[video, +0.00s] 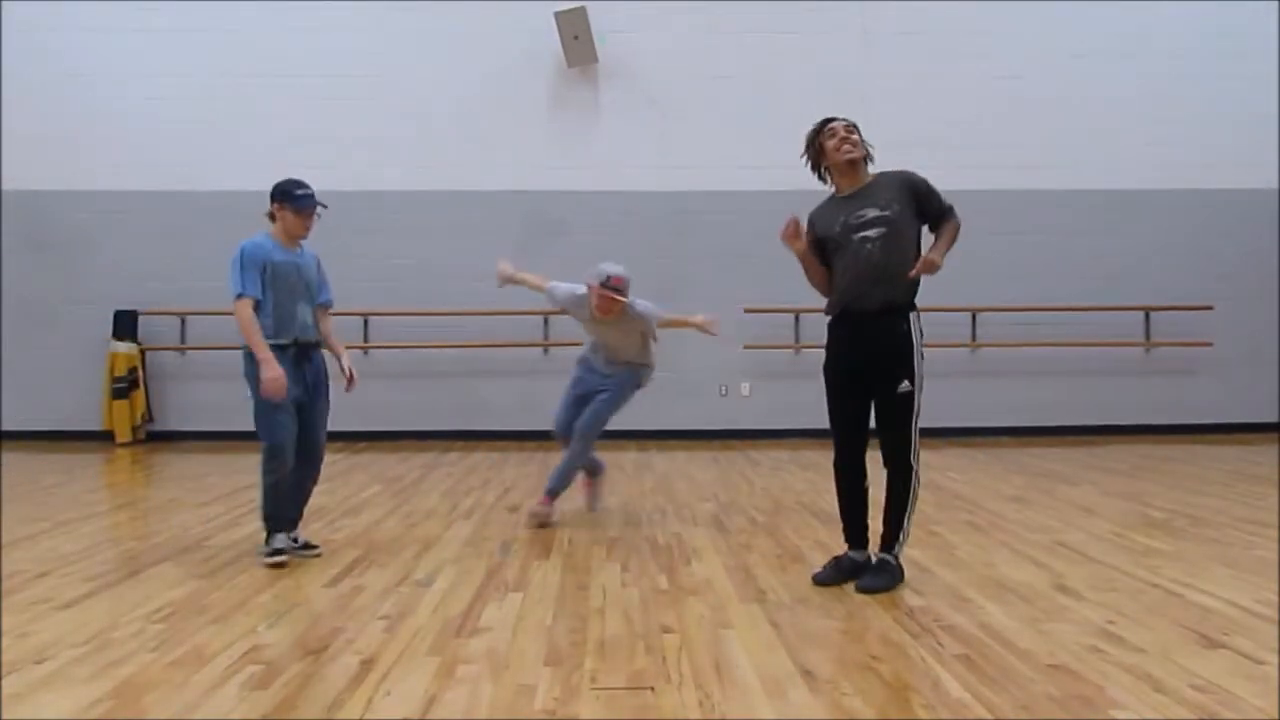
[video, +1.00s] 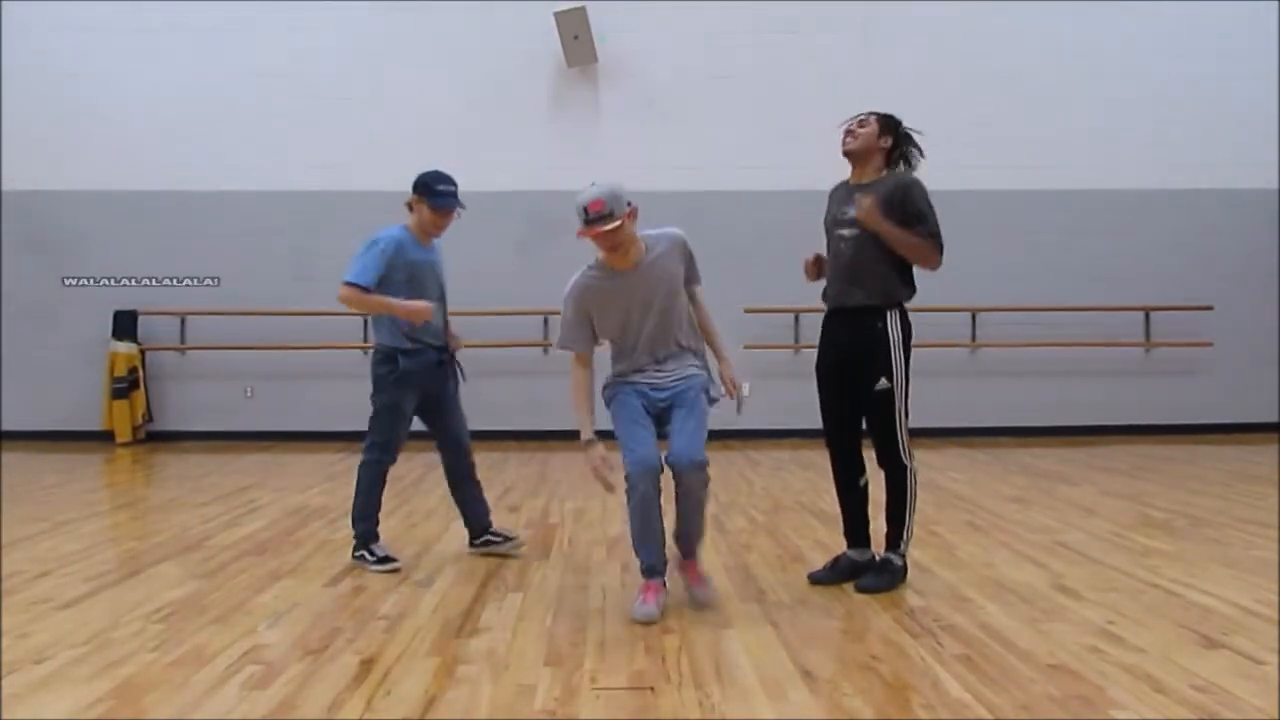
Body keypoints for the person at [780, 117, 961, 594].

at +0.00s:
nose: (845, 137)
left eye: (851, 131)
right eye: (833, 135)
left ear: (865, 146)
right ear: (820, 159)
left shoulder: (902, 184)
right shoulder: (821, 217)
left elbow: (948, 221)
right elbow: (827, 287)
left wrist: (934, 255)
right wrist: (804, 253)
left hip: (895, 329)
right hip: (846, 334)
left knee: (898, 448)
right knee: (848, 448)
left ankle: (890, 555)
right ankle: (856, 550)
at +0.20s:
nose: (846, 134)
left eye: (854, 130)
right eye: (836, 132)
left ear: (870, 149)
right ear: (823, 154)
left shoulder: (895, 185)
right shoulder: (818, 209)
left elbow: (943, 233)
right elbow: (822, 264)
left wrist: (894, 226)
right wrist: (812, 270)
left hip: (894, 329)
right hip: (845, 332)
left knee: (897, 447)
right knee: (847, 448)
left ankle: (891, 556)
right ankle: (856, 551)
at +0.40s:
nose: (853, 132)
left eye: (863, 129)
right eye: (844, 129)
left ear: (879, 150)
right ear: (832, 150)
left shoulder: (900, 191)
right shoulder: (824, 207)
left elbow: (941, 246)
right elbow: (840, 265)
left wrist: (898, 272)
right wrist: (820, 279)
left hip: (887, 331)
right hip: (841, 334)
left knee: (894, 449)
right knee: (848, 447)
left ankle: (893, 558)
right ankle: (860, 552)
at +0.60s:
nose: (861, 127)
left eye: (871, 126)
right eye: (852, 124)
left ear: (885, 148)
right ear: (838, 147)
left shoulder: (903, 182)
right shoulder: (834, 197)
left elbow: (958, 221)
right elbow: (830, 260)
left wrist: (919, 265)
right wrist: (805, 229)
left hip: (884, 321)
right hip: (838, 324)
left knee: (891, 443)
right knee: (845, 443)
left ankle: (893, 555)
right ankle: (856, 550)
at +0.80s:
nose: (861, 132)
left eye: (872, 129)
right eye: (852, 130)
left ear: (888, 151)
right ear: (842, 151)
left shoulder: (905, 192)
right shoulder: (836, 202)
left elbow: (937, 256)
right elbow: (845, 273)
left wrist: (882, 260)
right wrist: (818, 268)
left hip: (885, 331)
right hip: (839, 332)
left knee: (891, 448)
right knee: (842, 446)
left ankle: (892, 557)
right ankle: (858, 550)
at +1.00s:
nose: (850, 127)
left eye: (863, 123)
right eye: (849, 124)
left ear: (886, 142)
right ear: (844, 143)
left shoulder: (903, 187)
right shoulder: (838, 194)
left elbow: (932, 255)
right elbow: (848, 259)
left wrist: (878, 225)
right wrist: (824, 267)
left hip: (883, 324)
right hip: (838, 324)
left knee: (890, 443)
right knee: (841, 442)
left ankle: (895, 556)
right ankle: (857, 549)